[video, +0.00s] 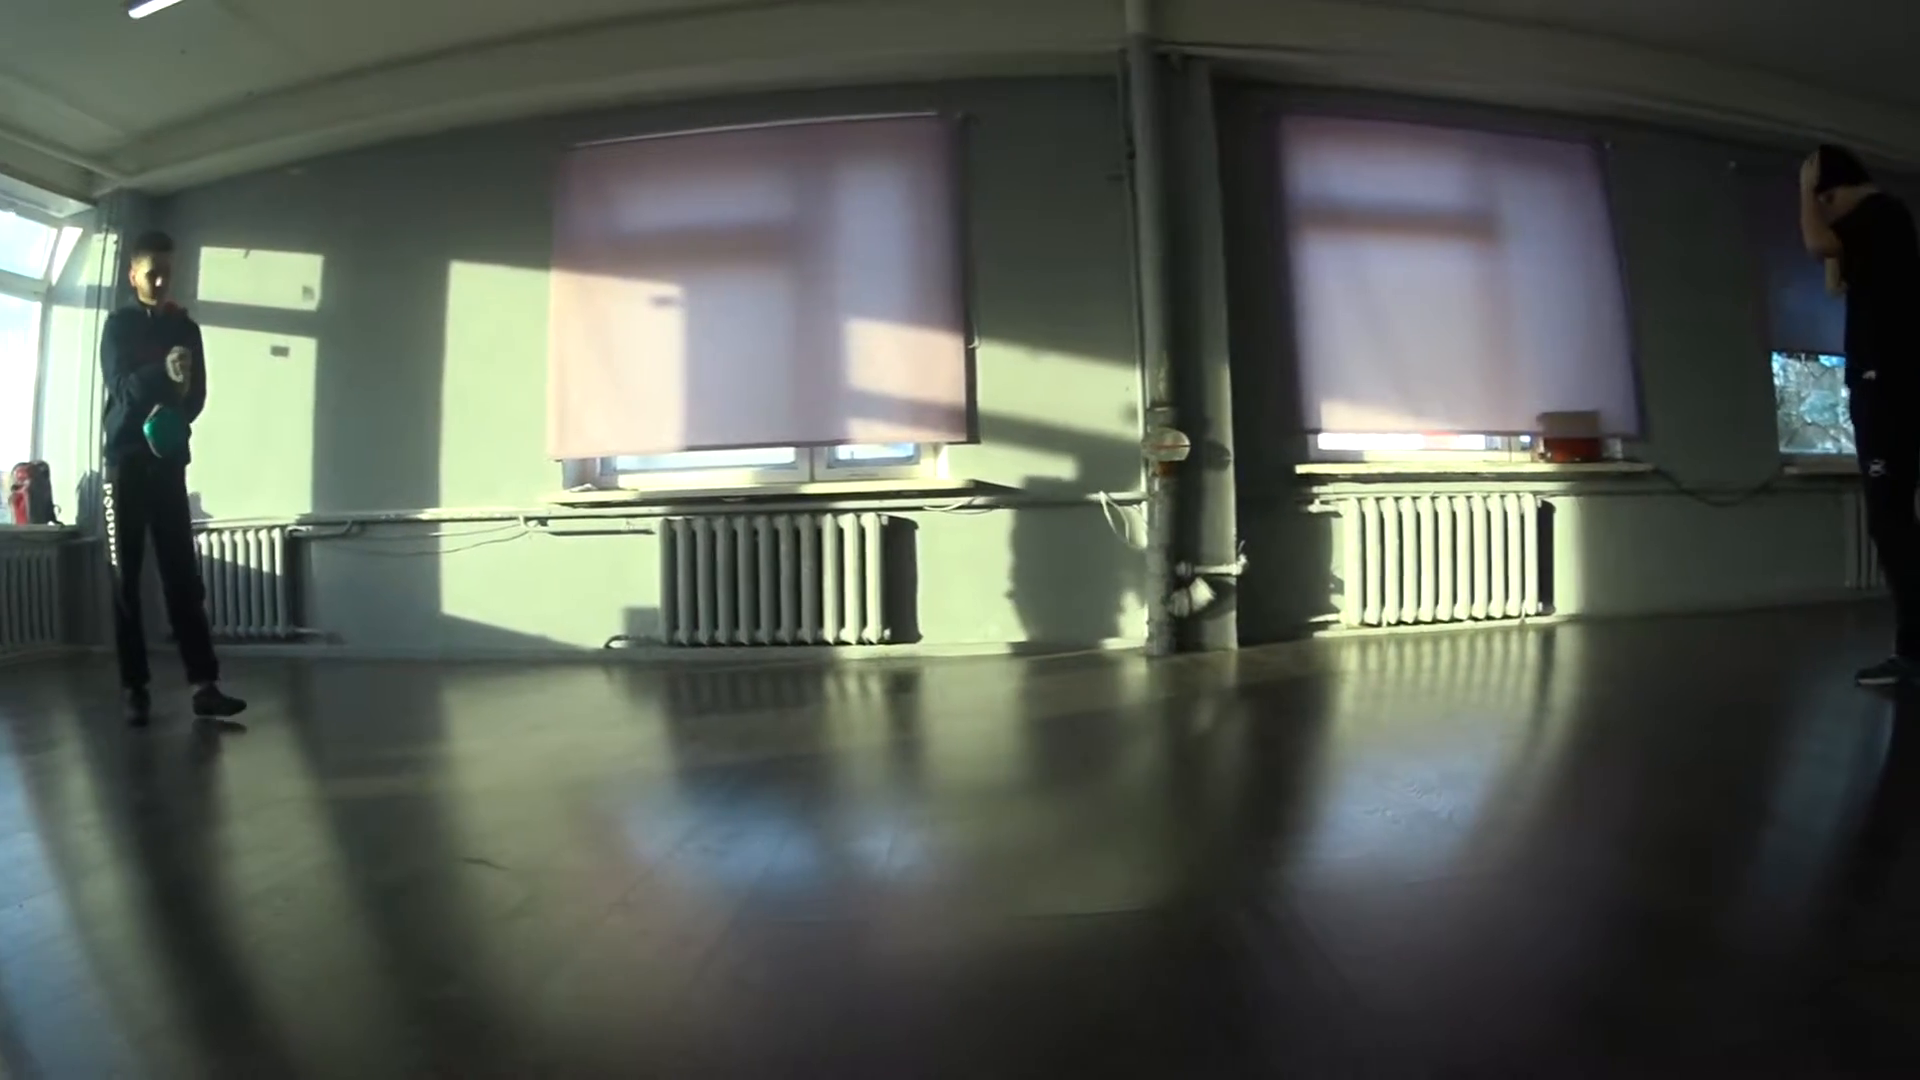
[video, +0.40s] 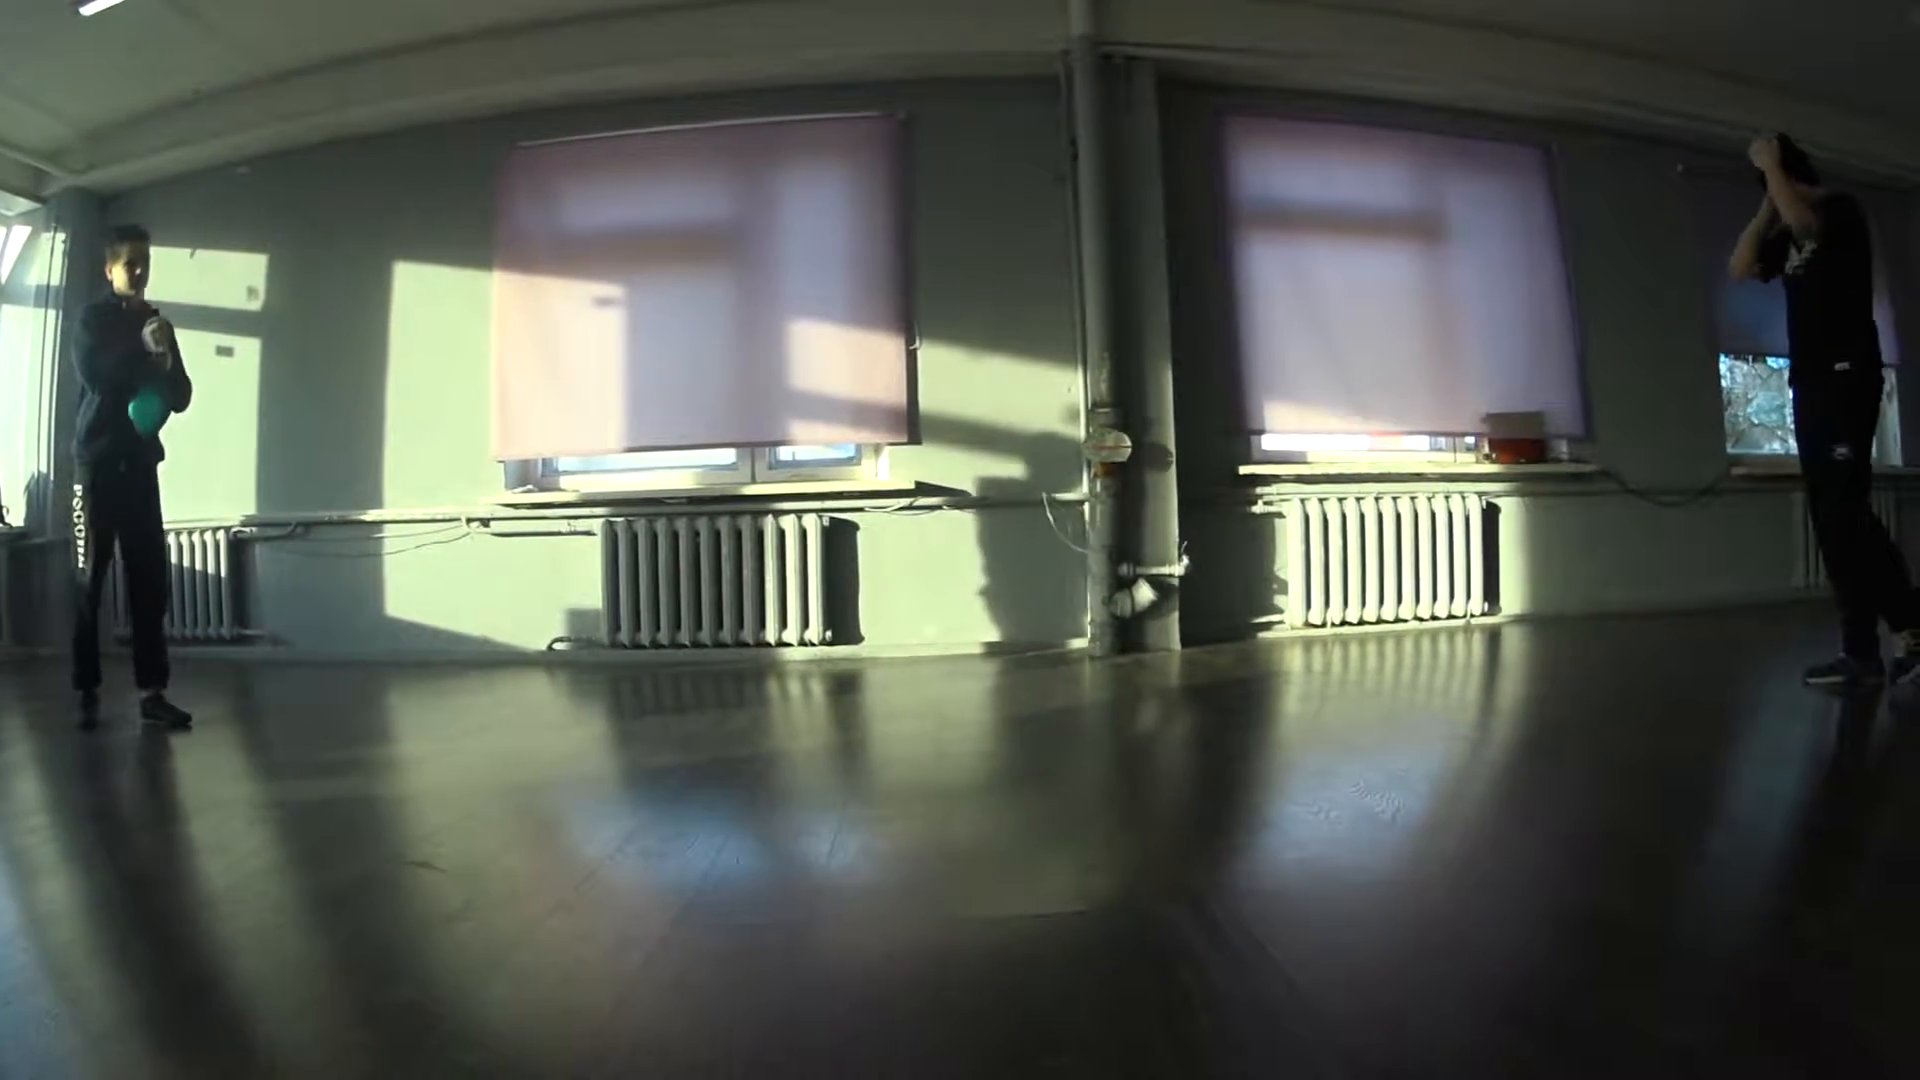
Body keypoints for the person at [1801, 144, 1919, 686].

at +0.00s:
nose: (1820, 207)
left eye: (1820, 195)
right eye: (1818, 197)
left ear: (1833, 190)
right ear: (1857, 181)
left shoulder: (1874, 217)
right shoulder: (1876, 219)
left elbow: (1816, 242)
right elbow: (1837, 280)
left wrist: (1808, 190)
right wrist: (1818, 206)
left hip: (1887, 398)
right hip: (1886, 397)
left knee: (1892, 527)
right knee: (1892, 526)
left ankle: (1910, 655)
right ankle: (1908, 653)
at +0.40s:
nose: (1769, 194)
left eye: (1773, 183)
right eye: (1765, 187)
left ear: (1790, 177)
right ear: (1793, 179)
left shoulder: (1842, 213)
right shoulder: (1787, 239)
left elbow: (1803, 221)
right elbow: (1742, 266)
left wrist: (1774, 170)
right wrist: (1769, 203)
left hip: (1851, 379)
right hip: (1812, 384)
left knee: (1845, 513)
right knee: (1832, 517)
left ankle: (1909, 628)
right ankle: (1860, 654)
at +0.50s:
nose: (1776, 185)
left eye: (1782, 175)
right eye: (1772, 178)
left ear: (1805, 172)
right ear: (1780, 181)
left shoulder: (1845, 216)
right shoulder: (1786, 237)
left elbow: (1809, 211)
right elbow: (1738, 259)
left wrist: (1779, 161)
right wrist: (1767, 199)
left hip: (1852, 383)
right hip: (1811, 387)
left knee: (1855, 516)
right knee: (1829, 519)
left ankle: (1888, 650)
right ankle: (1855, 652)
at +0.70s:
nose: (1787, 179)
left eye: (1793, 168)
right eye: (1780, 172)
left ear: (1817, 166)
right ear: (1780, 180)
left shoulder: (1855, 208)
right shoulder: (1791, 229)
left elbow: (1833, 202)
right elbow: (1738, 251)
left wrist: (1802, 148)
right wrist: (1772, 193)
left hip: (1857, 382)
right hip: (1811, 386)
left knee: (1861, 517)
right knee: (1829, 518)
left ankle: (1880, 657)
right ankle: (1852, 654)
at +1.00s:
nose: (1811, 163)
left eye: (1819, 152)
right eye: (1801, 157)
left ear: (1839, 155)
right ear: (1793, 168)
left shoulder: (1873, 206)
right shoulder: (1801, 223)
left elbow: (1876, 192)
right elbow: (1749, 254)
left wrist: (1831, 126)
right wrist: (1772, 188)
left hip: (1875, 378)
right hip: (1819, 381)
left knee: (1878, 514)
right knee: (1813, 514)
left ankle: (1882, 656)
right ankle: (1846, 647)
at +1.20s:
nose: (1815, 156)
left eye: (1823, 145)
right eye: (1805, 150)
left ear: (1846, 147)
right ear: (1800, 160)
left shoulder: (1879, 203)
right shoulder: (1805, 217)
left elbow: (1886, 197)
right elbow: (1747, 241)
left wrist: (1843, 131)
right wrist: (1771, 170)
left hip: (1880, 380)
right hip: (1821, 383)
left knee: (1887, 517)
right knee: (1806, 515)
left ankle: (1882, 657)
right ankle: (1837, 644)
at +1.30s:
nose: (1816, 155)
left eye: (1824, 144)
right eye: (1807, 148)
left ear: (1846, 148)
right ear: (1801, 158)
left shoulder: (1879, 204)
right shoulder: (1804, 216)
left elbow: (1885, 195)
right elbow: (1744, 234)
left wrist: (1843, 129)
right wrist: (1769, 164)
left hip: (1878, 383)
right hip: (1820, 386)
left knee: (1886, 524)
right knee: (1815, 525)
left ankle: (1881, 661)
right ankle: (1837, 653)